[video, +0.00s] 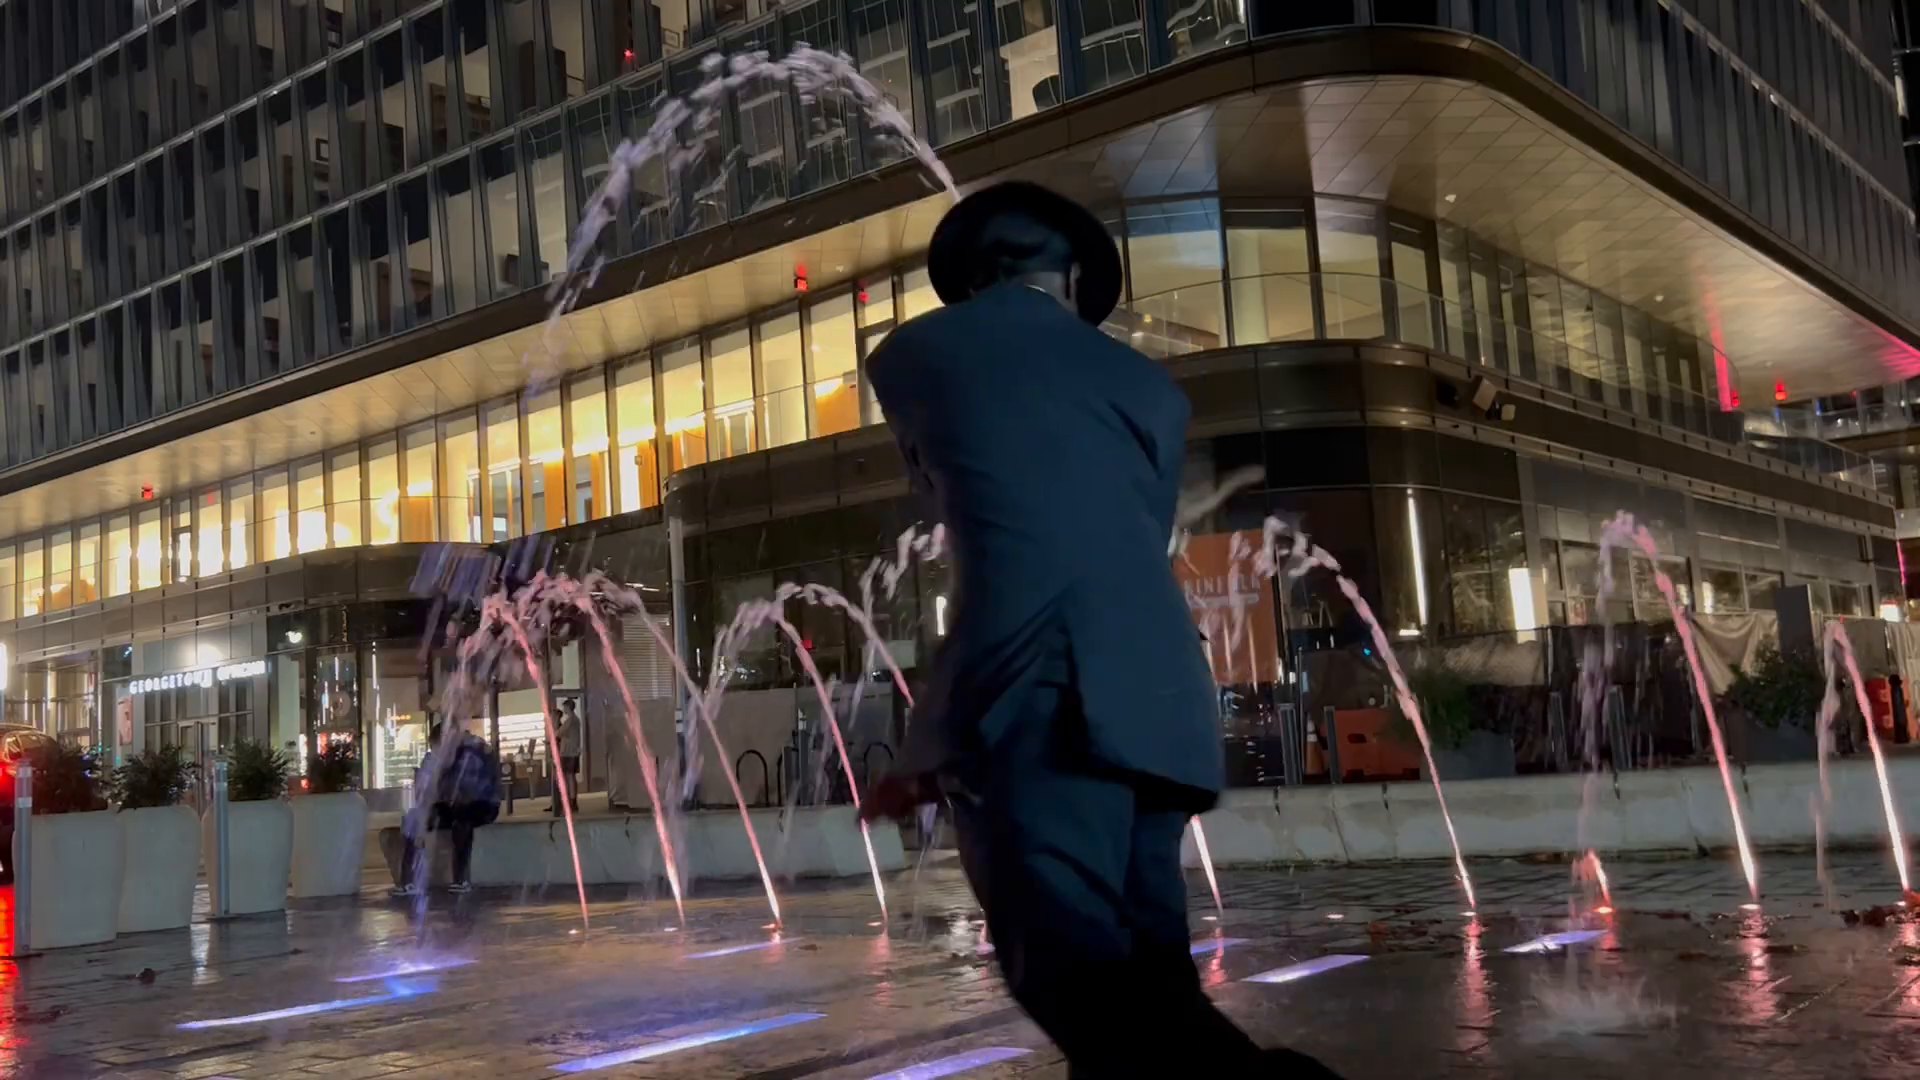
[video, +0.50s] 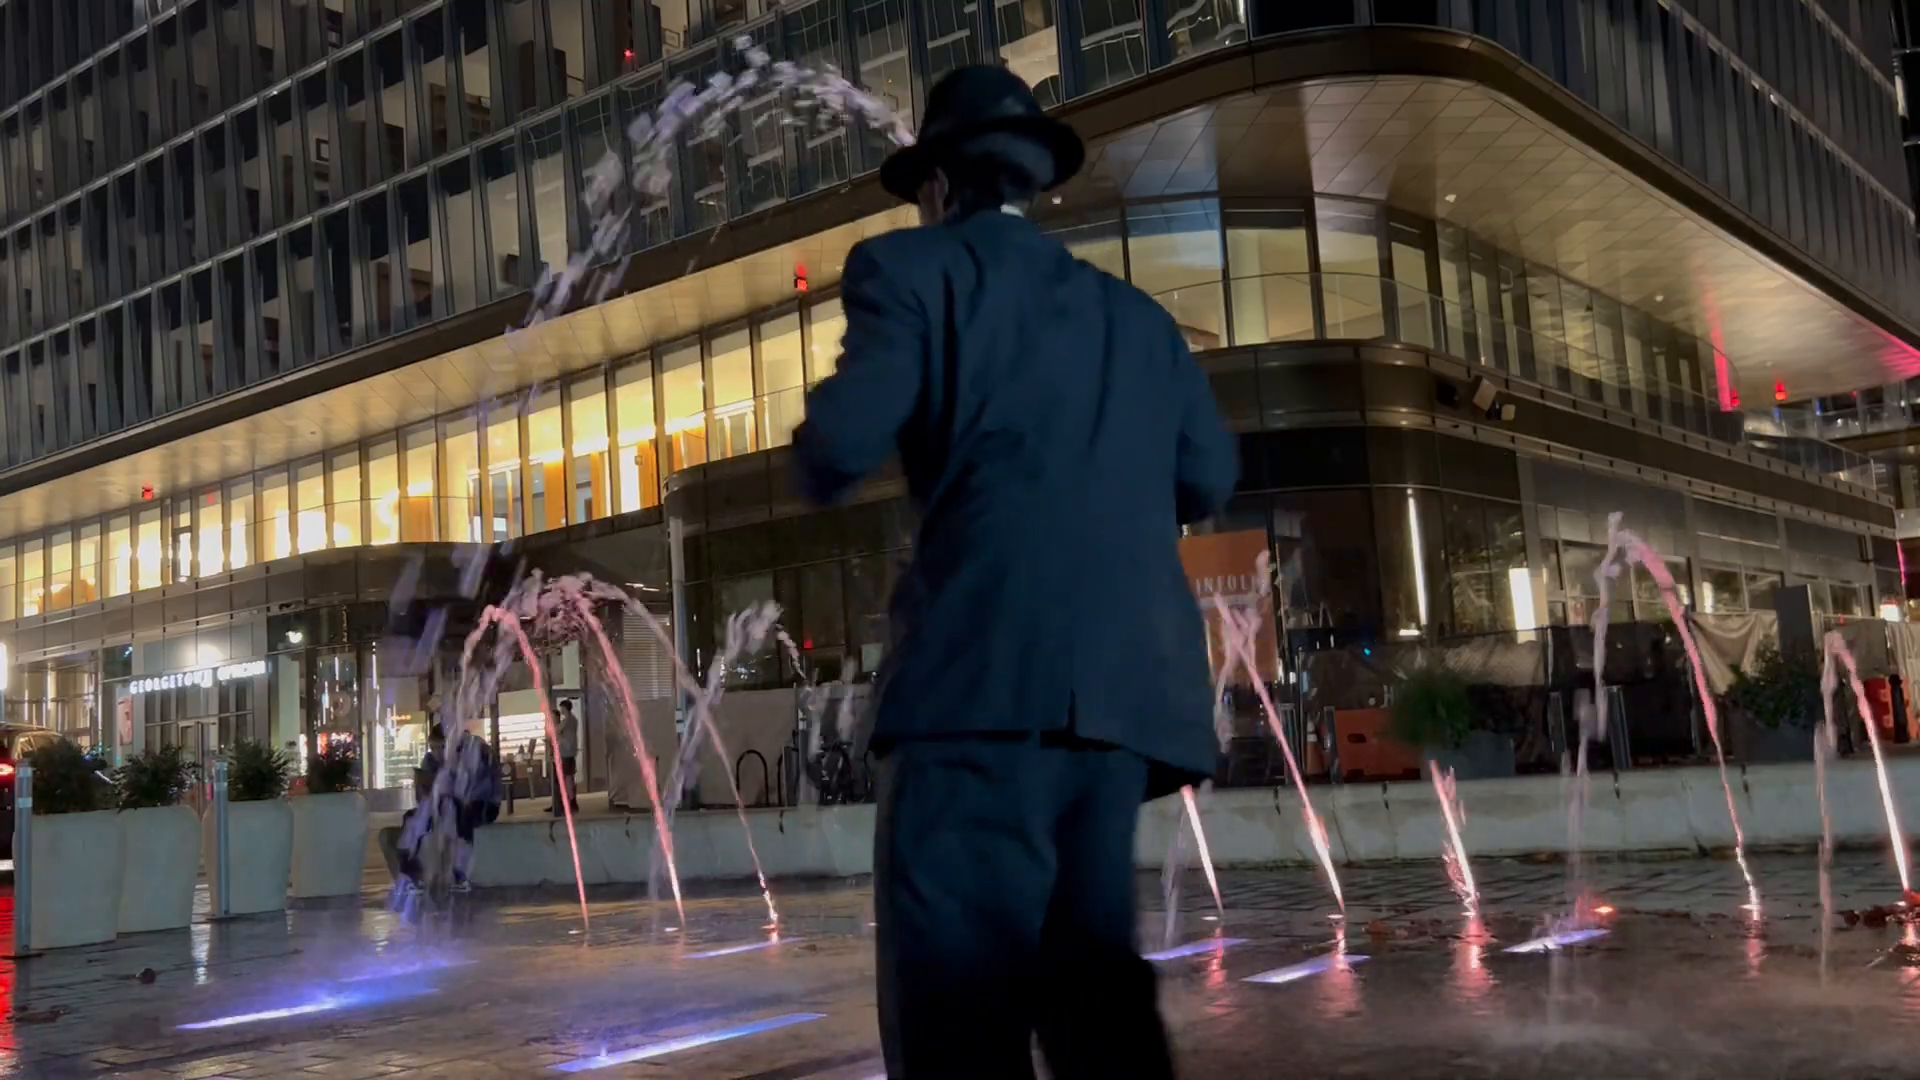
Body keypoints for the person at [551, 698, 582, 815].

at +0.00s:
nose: (563, 710)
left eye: (565, 707)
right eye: (564, 707)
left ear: (568, 707)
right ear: (572, 707)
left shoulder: (570, 719)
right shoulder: (576, 719)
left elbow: (559, 733)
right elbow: (569, 734)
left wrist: (556, 721)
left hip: (567, 753)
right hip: (573, 752)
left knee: (567, 778)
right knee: (572, 777)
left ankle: (570, 802)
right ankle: (573, 801)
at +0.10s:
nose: (563, 710)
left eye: (564, 708)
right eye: (563, 708)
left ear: (567, 708)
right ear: (572, 708)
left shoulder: (570, 718)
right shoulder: (575, 719)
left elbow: (562, 731)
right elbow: (568, 733)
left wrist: (553, 735)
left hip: (567, 752)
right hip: (573, 752)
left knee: (563, 777)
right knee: (572, 776)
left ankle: (559, 802)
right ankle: (572, 801)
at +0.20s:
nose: (563, 711)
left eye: (564, 708)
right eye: (563, 709)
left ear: (567, 708)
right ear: (572, 708)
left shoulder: (569, 719)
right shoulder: (575, 719)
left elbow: (561, 731)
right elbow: (569, 734)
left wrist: (553, 736)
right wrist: (558, 736)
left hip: (566, 753)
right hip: (573, 752)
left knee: (566, 777)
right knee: (571, 777)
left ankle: (569, 801)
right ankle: (572, 800)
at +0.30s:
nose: (562, 711)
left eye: (563, 709)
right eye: (562, 709)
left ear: (566, 709)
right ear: (571, 708)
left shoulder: (568, 719)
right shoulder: (575, 719)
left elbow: (561, 731)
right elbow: (570, 734)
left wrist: (553, 734)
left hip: (567, 753)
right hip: (573, 752)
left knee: (567, 778)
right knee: (571, 778)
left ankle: (570, 802)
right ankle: (572, 802)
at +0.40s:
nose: (561, 711)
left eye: (562, 709)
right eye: (562, 709)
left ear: (566, 709)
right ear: (571, 708)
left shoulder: (568, 720)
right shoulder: (575, 720)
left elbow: (559, 731)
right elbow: (571, 735)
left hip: (565, 754)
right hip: (572, 753)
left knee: (565, 779)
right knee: (571, 778)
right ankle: (572, 802)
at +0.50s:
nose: (561, 711)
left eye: (562, 709)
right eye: (561, 709)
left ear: (564, 708)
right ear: (570, 708)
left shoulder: (566, 720)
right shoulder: (573, 720)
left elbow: (558, 731)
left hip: (565, 753)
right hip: (570, 752)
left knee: (565, 779)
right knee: (570, 778)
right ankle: (572, 801)